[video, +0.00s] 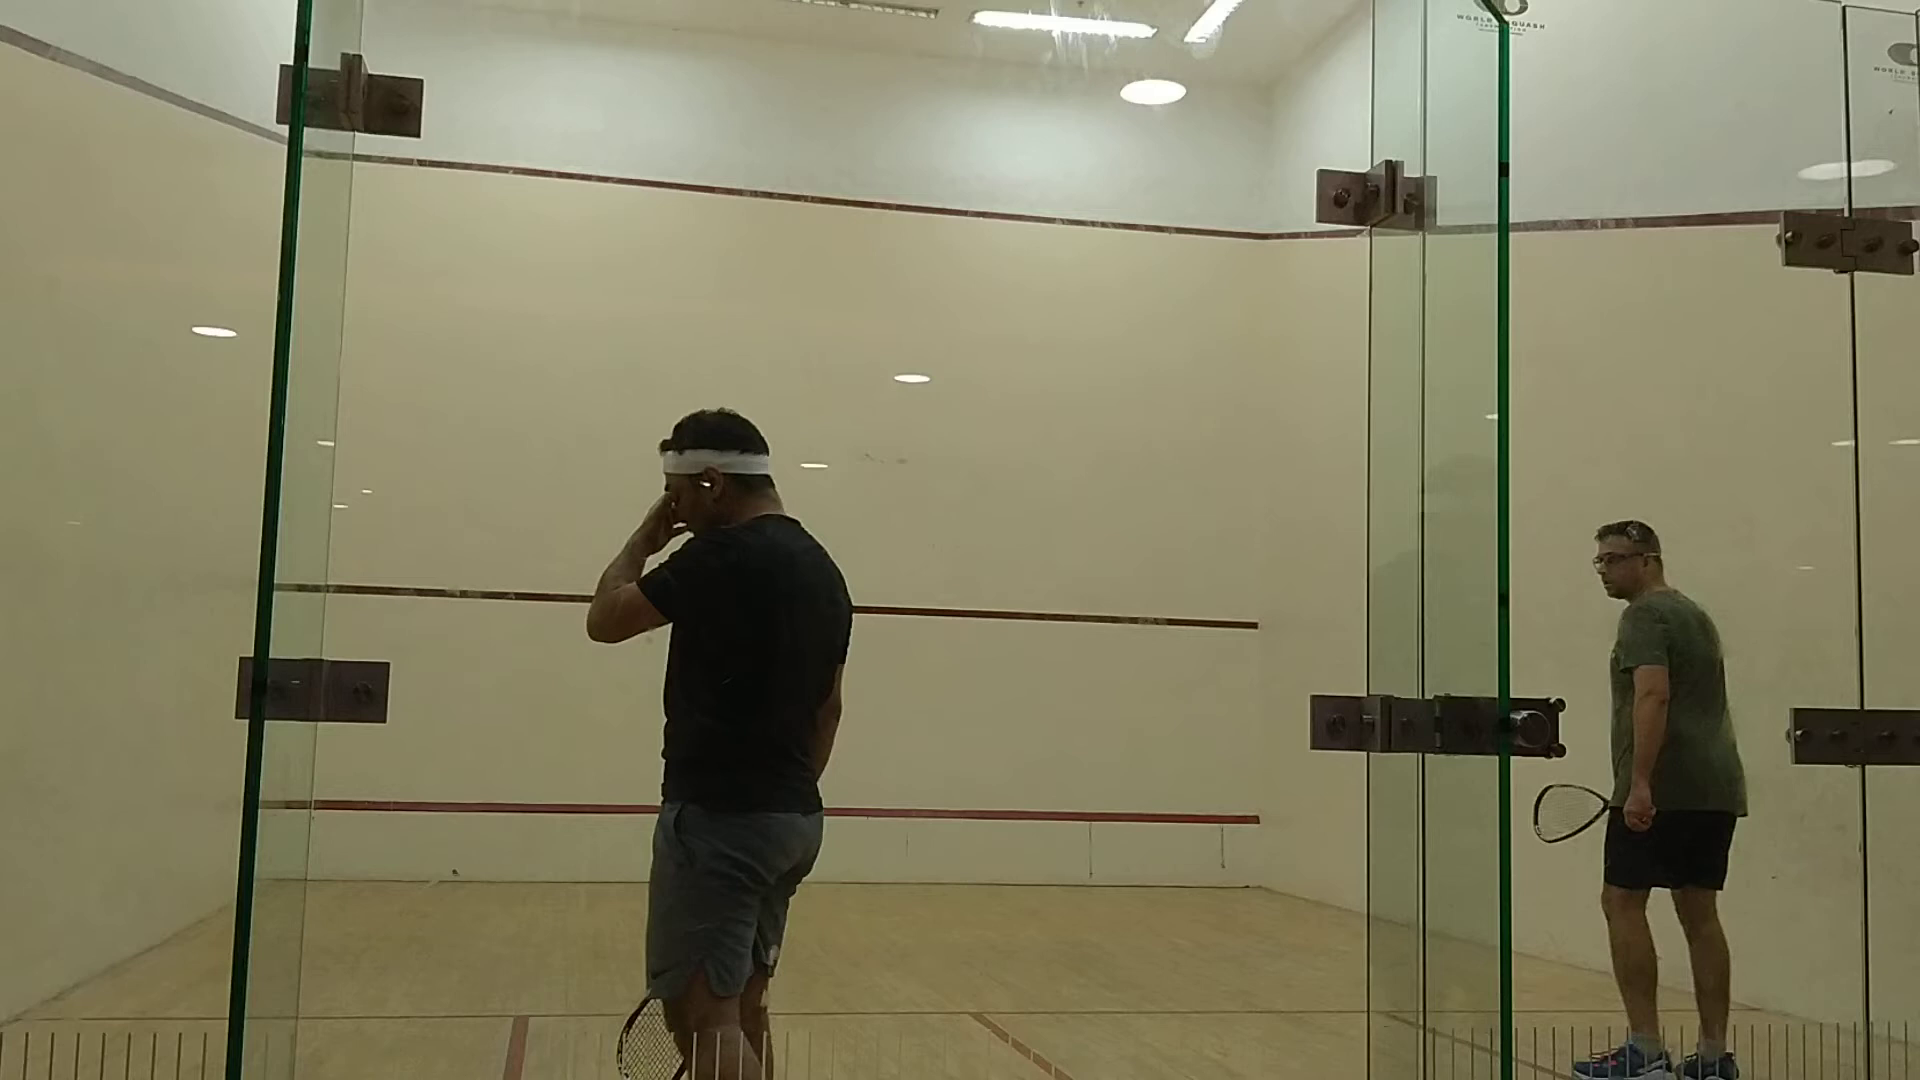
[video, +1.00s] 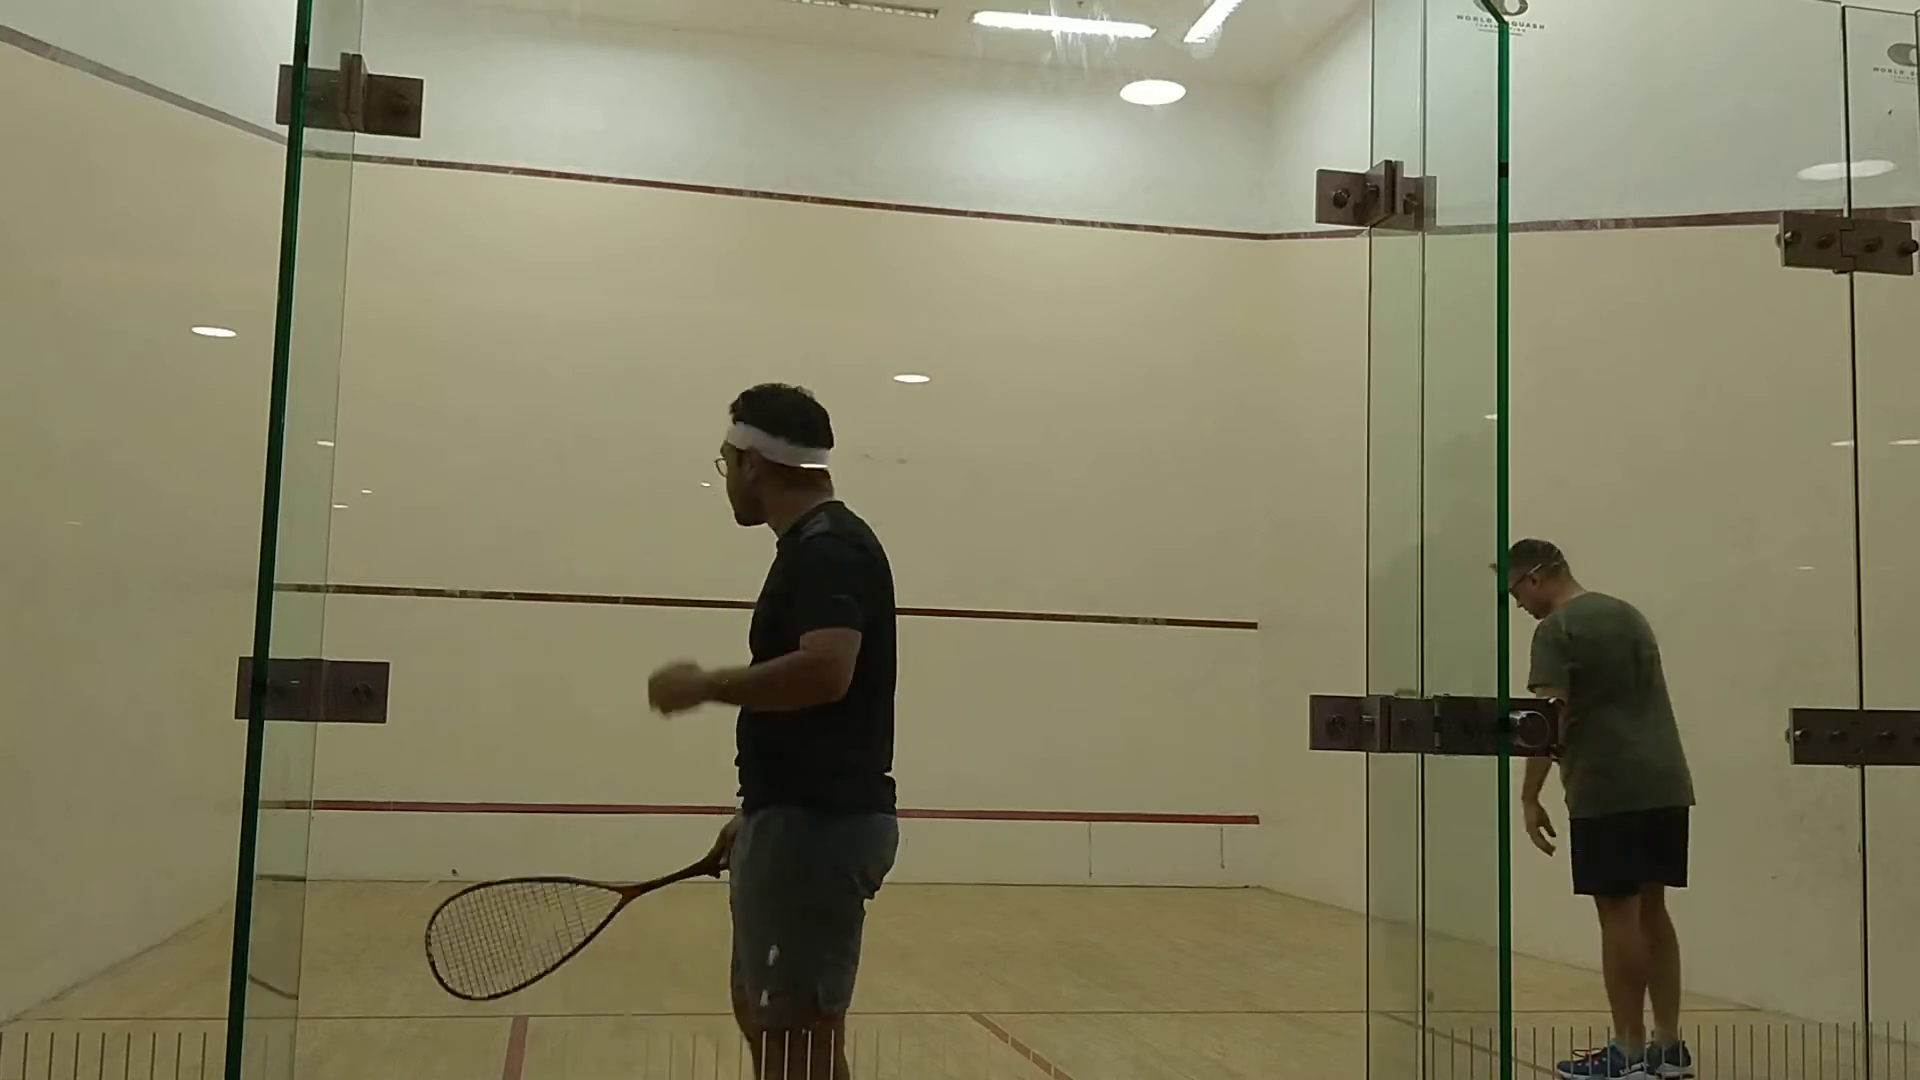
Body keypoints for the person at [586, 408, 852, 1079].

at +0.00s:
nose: (673, 504)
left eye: (677, 488)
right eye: (671, 490)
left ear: (712, 482)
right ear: (755, 476)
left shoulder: (718, 556)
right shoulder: (822, 568)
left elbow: (605, 619)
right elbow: (827, 705)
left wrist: (644, 538)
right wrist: (796, 797)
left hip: (715, 820)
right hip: (793, 819)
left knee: (704, 1015)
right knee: (745, 1004)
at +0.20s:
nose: (681, 503)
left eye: (686, 487)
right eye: (679, 488)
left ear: (731, 480)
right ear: (755, 477)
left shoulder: (744, 554)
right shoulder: (822, 560)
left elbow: (626, 623)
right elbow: (824, 718)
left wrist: (636, 547)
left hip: (741, 825)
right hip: (797, 822)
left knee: (740, 1030)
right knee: (757, 1023)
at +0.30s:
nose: (687, 499)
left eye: (698, 482)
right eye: (685, 483)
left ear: (751, 478)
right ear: (760, 479)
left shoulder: (768, 555)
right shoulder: (813, 552)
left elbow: (650, 627)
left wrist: (643, 554)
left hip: (757, 826)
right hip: (801, 821)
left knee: (742, 1039)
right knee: (779, 1037)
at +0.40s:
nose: (699, 494)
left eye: (710, 475)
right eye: (696, 479)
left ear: (769, 470)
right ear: (772, 473)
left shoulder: (798, 548)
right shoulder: (805, 548)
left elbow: (692, 631)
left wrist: (670, 546)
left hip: (777, 827)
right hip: (782, 822)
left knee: (763, 1036)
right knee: (776, 1030)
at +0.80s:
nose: (731, 481)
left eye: (745, 459)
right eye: (726, 465)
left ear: (802, 454)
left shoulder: (856, 544)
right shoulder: (790, 553)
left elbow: (789, 630)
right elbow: (770, 705)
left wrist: (727, 543)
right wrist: (737, 821)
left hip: (820, 824)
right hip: (770, 821)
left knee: (801, 1038)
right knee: (741, 1018)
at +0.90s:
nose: (715, 477)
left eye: (726, 457)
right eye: (717, 458)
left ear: (780, 459)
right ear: (780, 462)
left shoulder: (843, 547)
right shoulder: (799, 552)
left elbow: (809, 656)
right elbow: (800, 715)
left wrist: (716, 596)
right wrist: (743, 818)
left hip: (821, 826)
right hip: (780, 822)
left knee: (802, 1037)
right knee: (749, 1013)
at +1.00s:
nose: (724, 481)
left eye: (727, 462)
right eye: (724, 464)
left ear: (757, 463)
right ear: (799, 461)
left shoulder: (830, 546)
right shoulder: (814, 545)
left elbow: (827, 669)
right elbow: (815, 707)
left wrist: (708, 683)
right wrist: (754, 814)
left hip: (819, 823)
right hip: (792, 820)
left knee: (800, 1034)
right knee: (759, 1010)